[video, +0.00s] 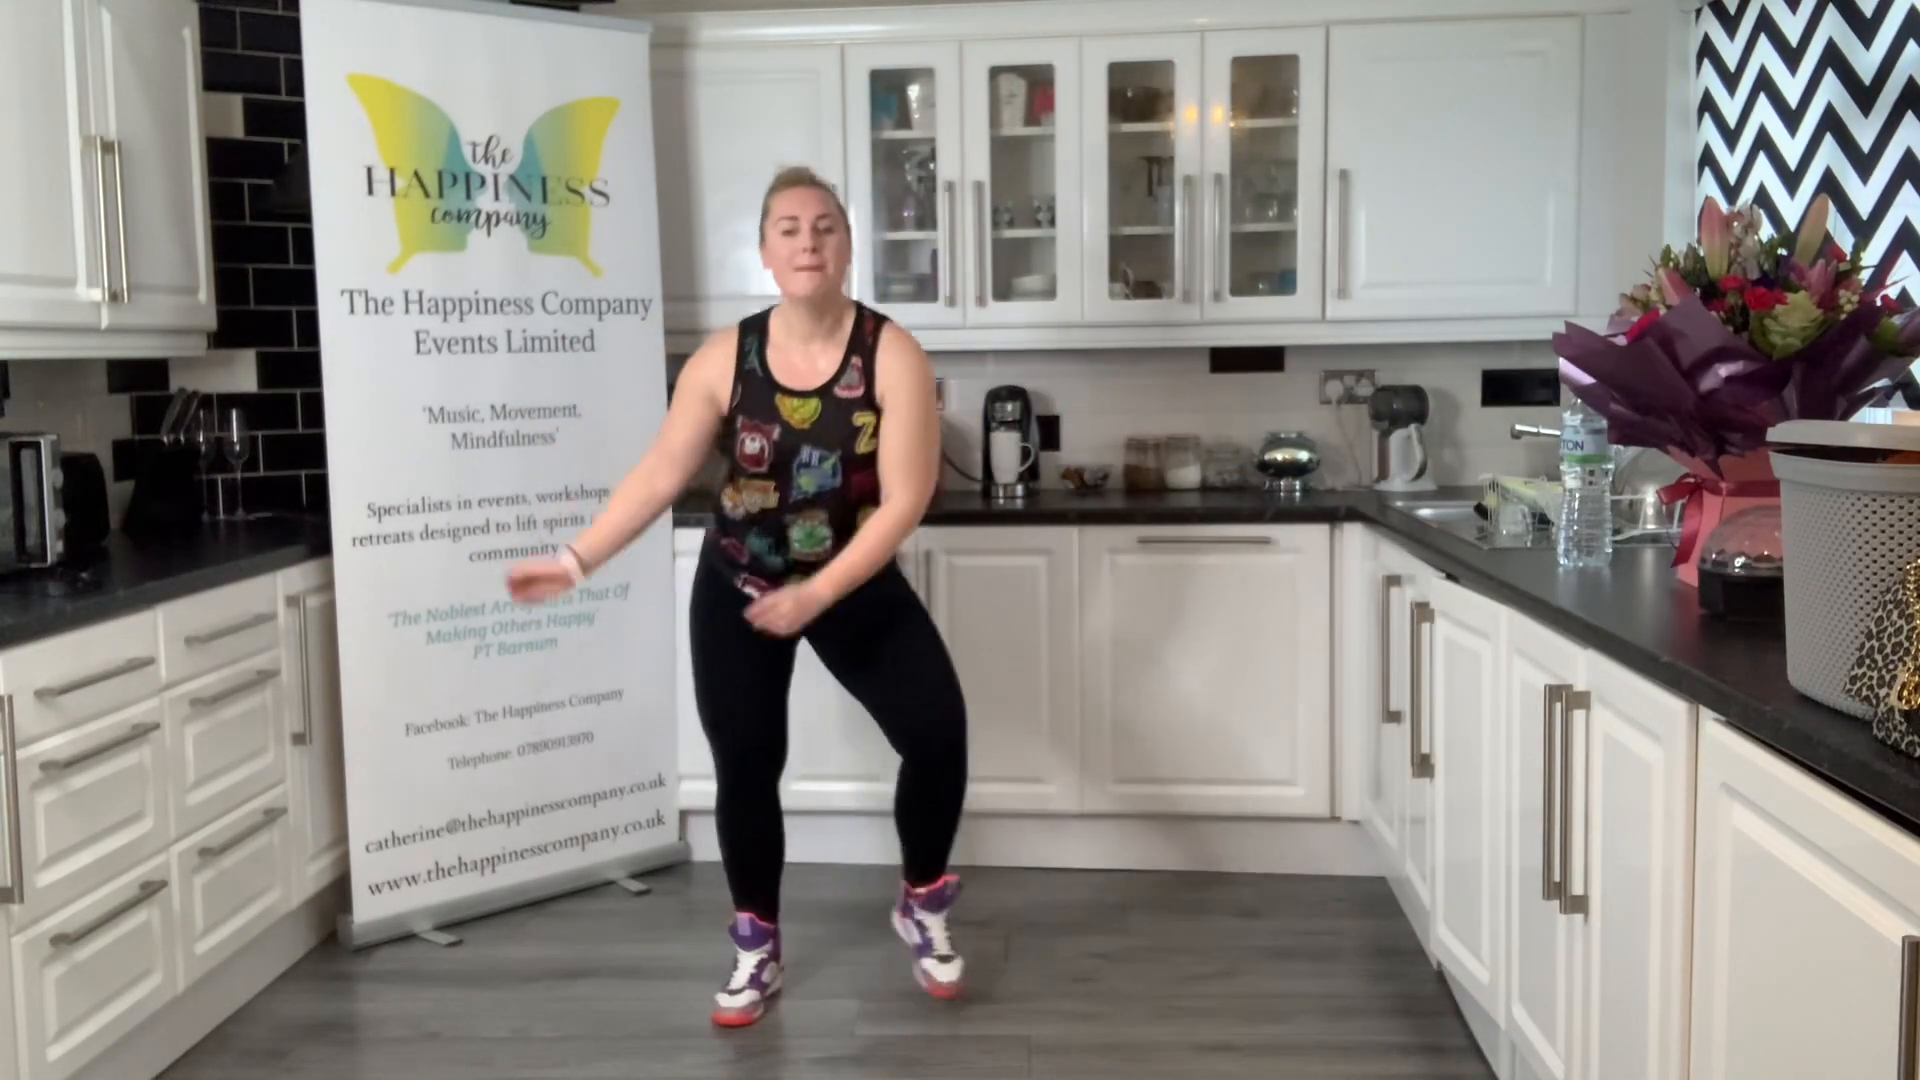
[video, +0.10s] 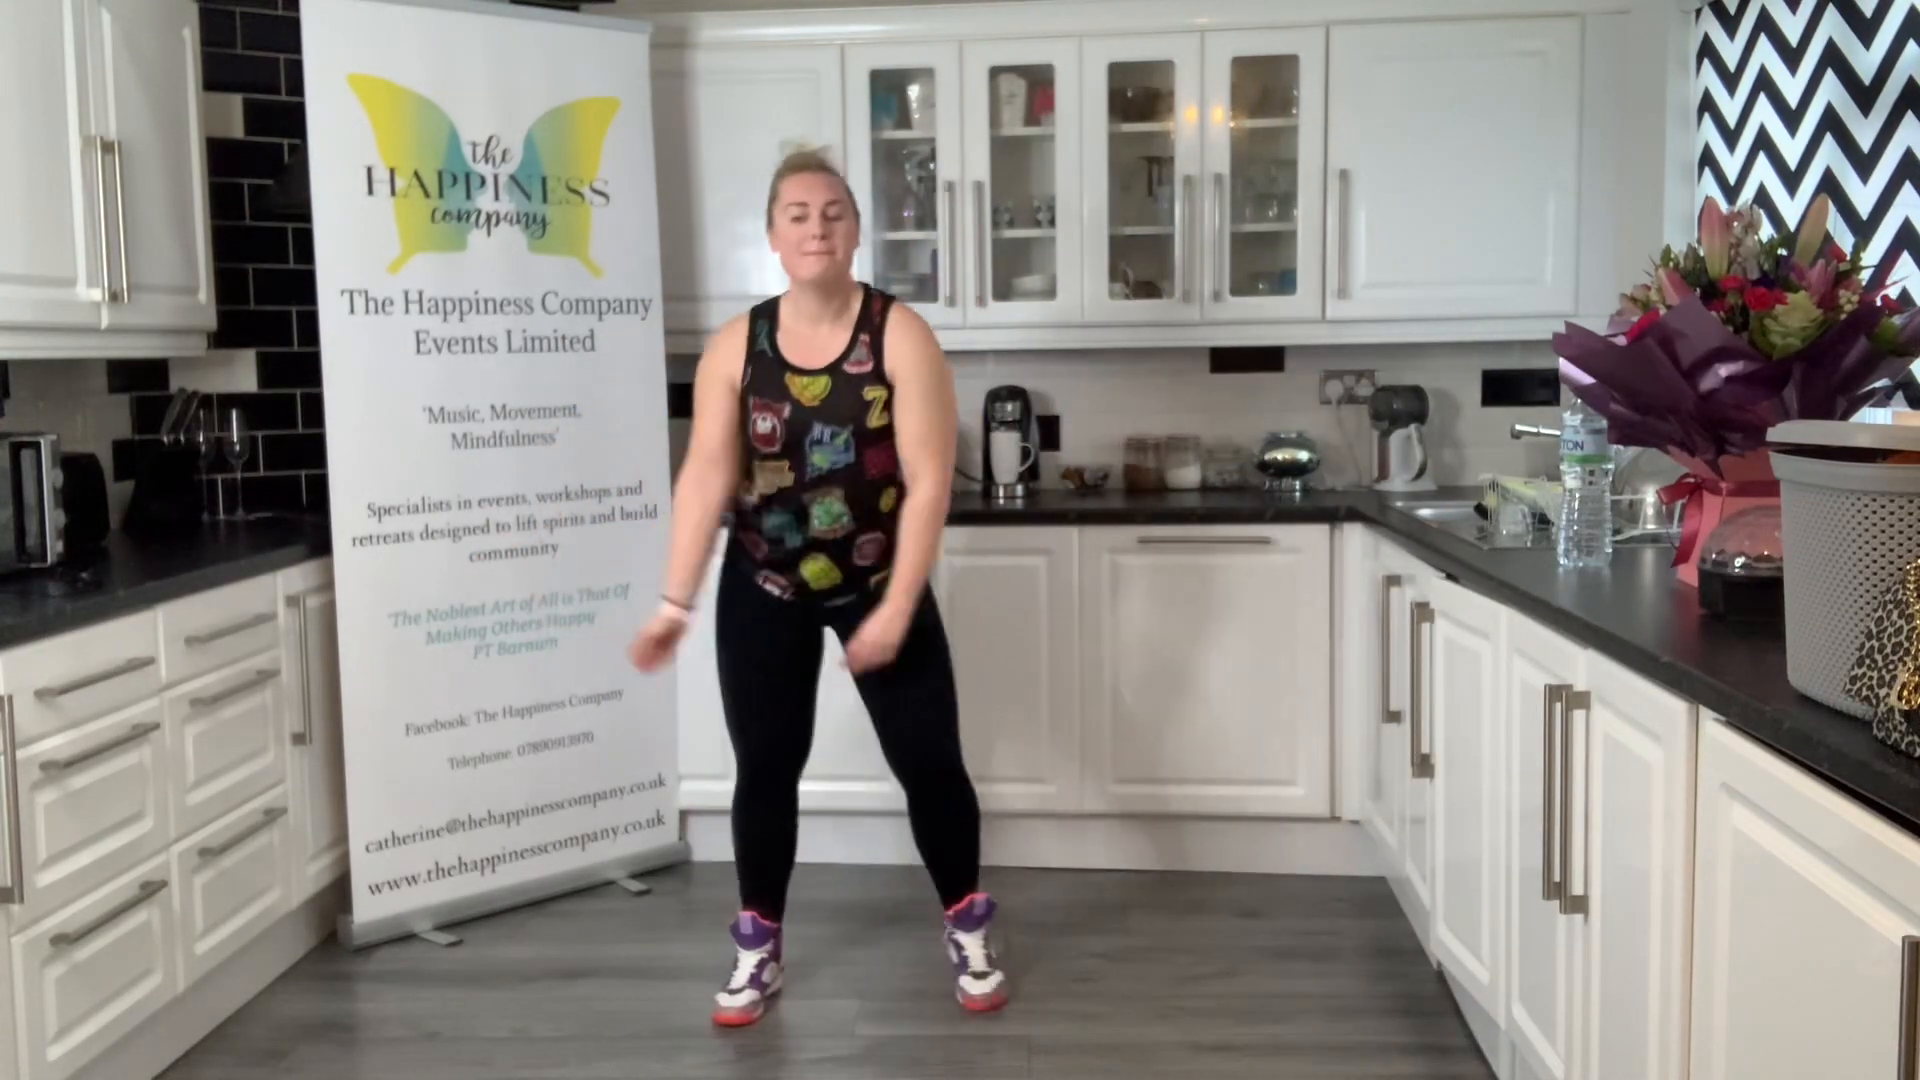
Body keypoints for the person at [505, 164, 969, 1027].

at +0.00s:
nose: (809, 243)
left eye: (826, 228)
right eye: (789, 230)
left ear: (848, 246)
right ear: (765, 254)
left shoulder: (893, 356)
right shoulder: (723, 362)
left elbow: (906, 502)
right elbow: (658, 476)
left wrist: (814, 595)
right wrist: (574, 560)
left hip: (854, 577)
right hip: (741, 582)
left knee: (939, 732)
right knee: (746, 768)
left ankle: (924, 905)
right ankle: (755, 947)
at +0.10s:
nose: (819, 229)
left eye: (835, 215)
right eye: (798, 216)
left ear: (856, 231)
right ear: (773, 238)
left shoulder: (901, 336)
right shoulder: (733, 348)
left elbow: (930, 482)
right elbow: (705, 478)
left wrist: (897, 607)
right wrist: (676, 599)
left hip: (884, 582)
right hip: (766, 588)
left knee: (930, 763)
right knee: (764, 772)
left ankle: (967, 927)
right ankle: (757, 946)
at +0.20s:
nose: (830, 231)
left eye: (845, 215)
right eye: (811, 217)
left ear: (870, 230)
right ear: (785, 235)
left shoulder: (914, 330)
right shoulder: (754, 352)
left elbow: (975, 462)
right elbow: (760, 491)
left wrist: (984, 596)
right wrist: (784, 611)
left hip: (908, 597)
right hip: (795, 600)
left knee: (930, 771)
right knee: (775, 778)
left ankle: (969, 932)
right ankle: (761, 943)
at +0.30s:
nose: (846, 245)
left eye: (863, 229)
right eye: (828, 229)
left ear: (886, 245)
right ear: (802, 247)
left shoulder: (934, 337)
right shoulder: (774, 364)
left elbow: (1027, 442)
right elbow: (790, 499)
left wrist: (1060, 571)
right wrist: (852, 579)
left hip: (944, 575)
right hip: (834, 574)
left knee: (952, 762)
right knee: (763, 737)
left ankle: (970, 931)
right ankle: (770, 928)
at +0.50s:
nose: (868, 233)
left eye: (884, 217)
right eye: (849, 218)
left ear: (908, 232)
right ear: (821, 237)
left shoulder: (963, 328)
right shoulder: (795, 359)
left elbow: (1045, 414)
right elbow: (798, 496)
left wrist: (1113, 472)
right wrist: (862, 500)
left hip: (970, 577)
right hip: (862, 581)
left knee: (963, 756)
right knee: (803, 727)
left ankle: (973, 928)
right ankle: (873, 926)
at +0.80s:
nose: (885, 246)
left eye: (902, 232)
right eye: (867, 233)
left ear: (927, 252)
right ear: (844, 254)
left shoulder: (969, 361)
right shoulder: (805, 368)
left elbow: (1022, 480)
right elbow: (759, 502)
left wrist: (1096, 565)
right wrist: (850, 568)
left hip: (974, 589)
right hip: (862, 590)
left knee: (976, 765)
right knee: (774, 723)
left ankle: (973, 936)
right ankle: (829, 913)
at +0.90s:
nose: (880, 226)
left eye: (897, 211)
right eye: (862, 212)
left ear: (920, 231)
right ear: (836, 232)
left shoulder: (962, 346)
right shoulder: (792, 346)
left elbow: (994, 481)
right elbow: (724, 472)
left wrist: (1023, 607)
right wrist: (796, 575)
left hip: (949, 584)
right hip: (832, 583)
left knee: (956, 760)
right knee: (770, 747)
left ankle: (972, 933)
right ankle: (765, 920)